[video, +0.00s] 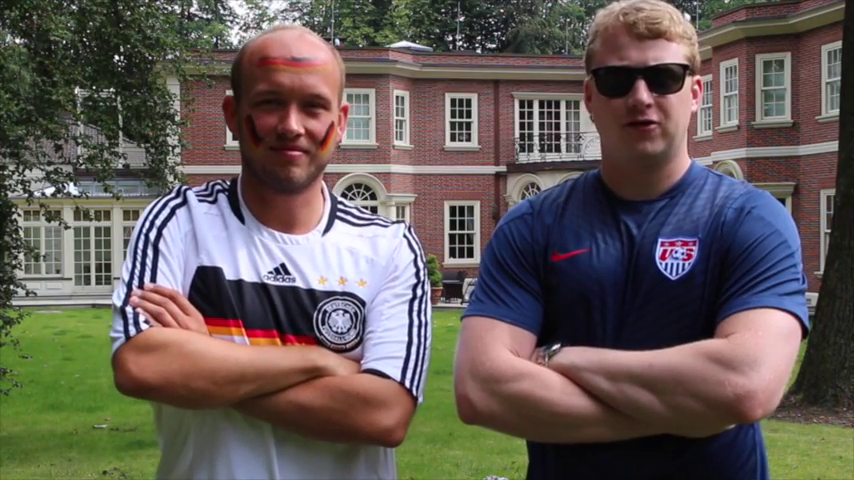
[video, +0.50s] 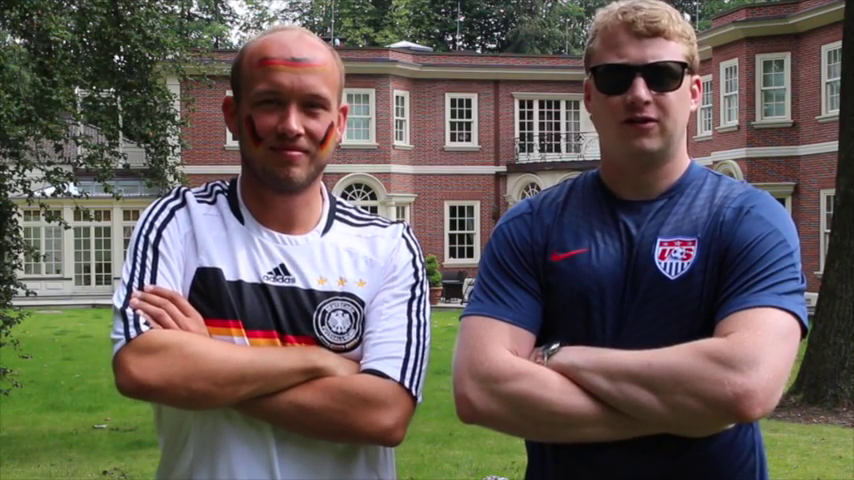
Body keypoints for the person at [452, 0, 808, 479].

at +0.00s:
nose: (640, 97)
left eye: (662, 78)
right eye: (616, 80)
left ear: (695, 93)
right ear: (589, 97)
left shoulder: (751, 219)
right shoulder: (530, 227)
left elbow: (747, 388)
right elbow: (481, 391)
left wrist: (558, 360)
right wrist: (672, 410)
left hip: (714, 473)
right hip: (565, 473)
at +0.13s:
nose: (640, 97)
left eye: (663, 78)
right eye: (617, 79)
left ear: (695, 93)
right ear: (589, 96)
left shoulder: (750, 219)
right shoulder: (530, 227)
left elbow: (746, 388)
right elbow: (481, 391)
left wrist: (558, 360)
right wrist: (672, 410)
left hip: (713, 473)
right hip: (565, 473)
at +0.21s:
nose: (640, 96)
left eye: (662, 77)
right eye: (616, 79)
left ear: (695, 93)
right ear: (589, 96)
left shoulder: (750, 219)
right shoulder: (530, 227)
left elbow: (746, 388)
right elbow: (480, 391)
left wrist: (557, 360)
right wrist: (672, 410)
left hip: (713, 473)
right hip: (565, 473)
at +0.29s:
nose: (640, 96)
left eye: (662, 77)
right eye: (616, 78)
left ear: (695, 93)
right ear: (589, 97)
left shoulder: (750, 219)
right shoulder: (530, 227)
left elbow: (746, 387)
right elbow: (480, 390)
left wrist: (557, 360)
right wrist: (672, 410)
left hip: (713, 473)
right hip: (564, 473)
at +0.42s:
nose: (639, 94)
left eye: (662, 76)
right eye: (616, 78)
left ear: (695, 92)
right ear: (589, 96)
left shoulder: (750, 219)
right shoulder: (529, 227)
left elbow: (746, 387)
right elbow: (480, 390)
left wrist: (558, 360)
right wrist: (672, 410)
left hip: (713, 473)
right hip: (564, 473)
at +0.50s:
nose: (639, 94)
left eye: (661, 76)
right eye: (615, 77)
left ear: (694, 92)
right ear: (589, 96)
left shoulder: (750, 219)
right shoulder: (529, 227)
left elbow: (746, 387)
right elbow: (479, 390)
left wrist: (557, 360)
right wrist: (672, 410)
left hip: (713, 473)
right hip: (564, 473)